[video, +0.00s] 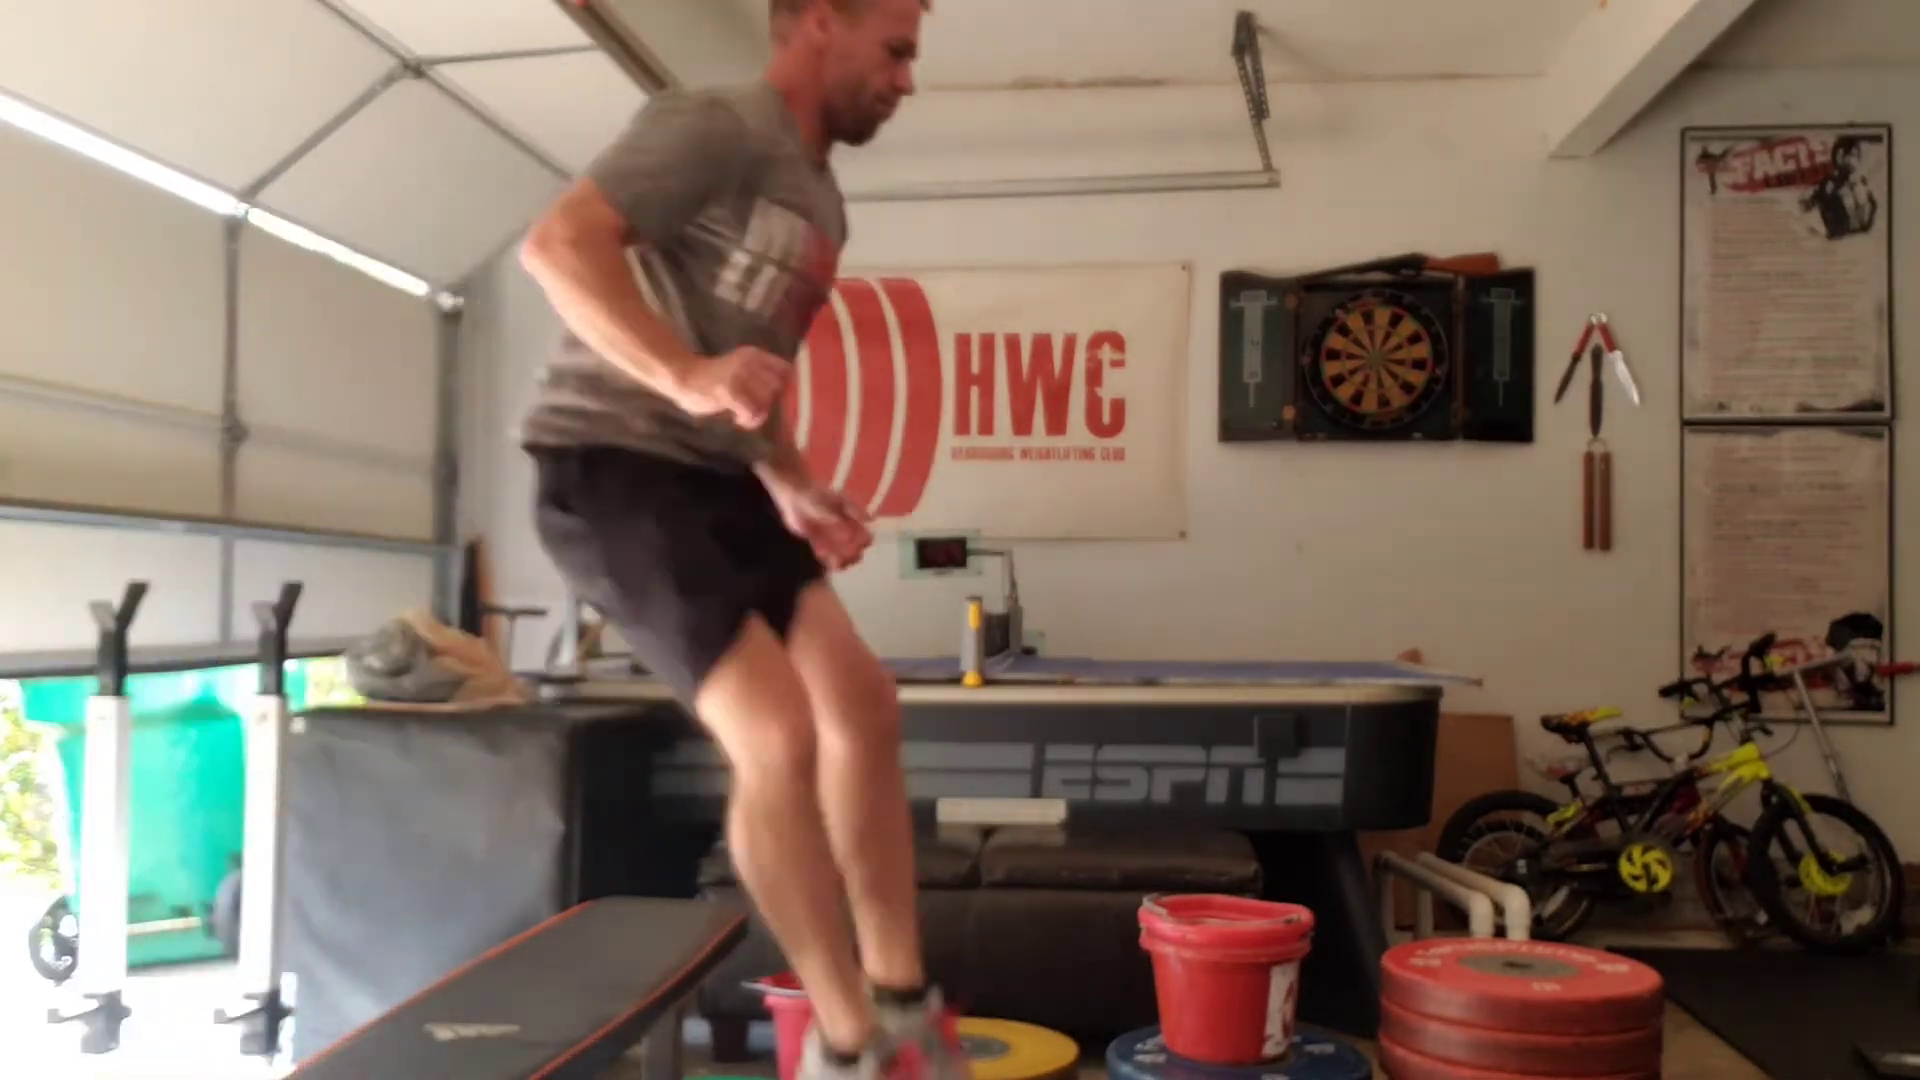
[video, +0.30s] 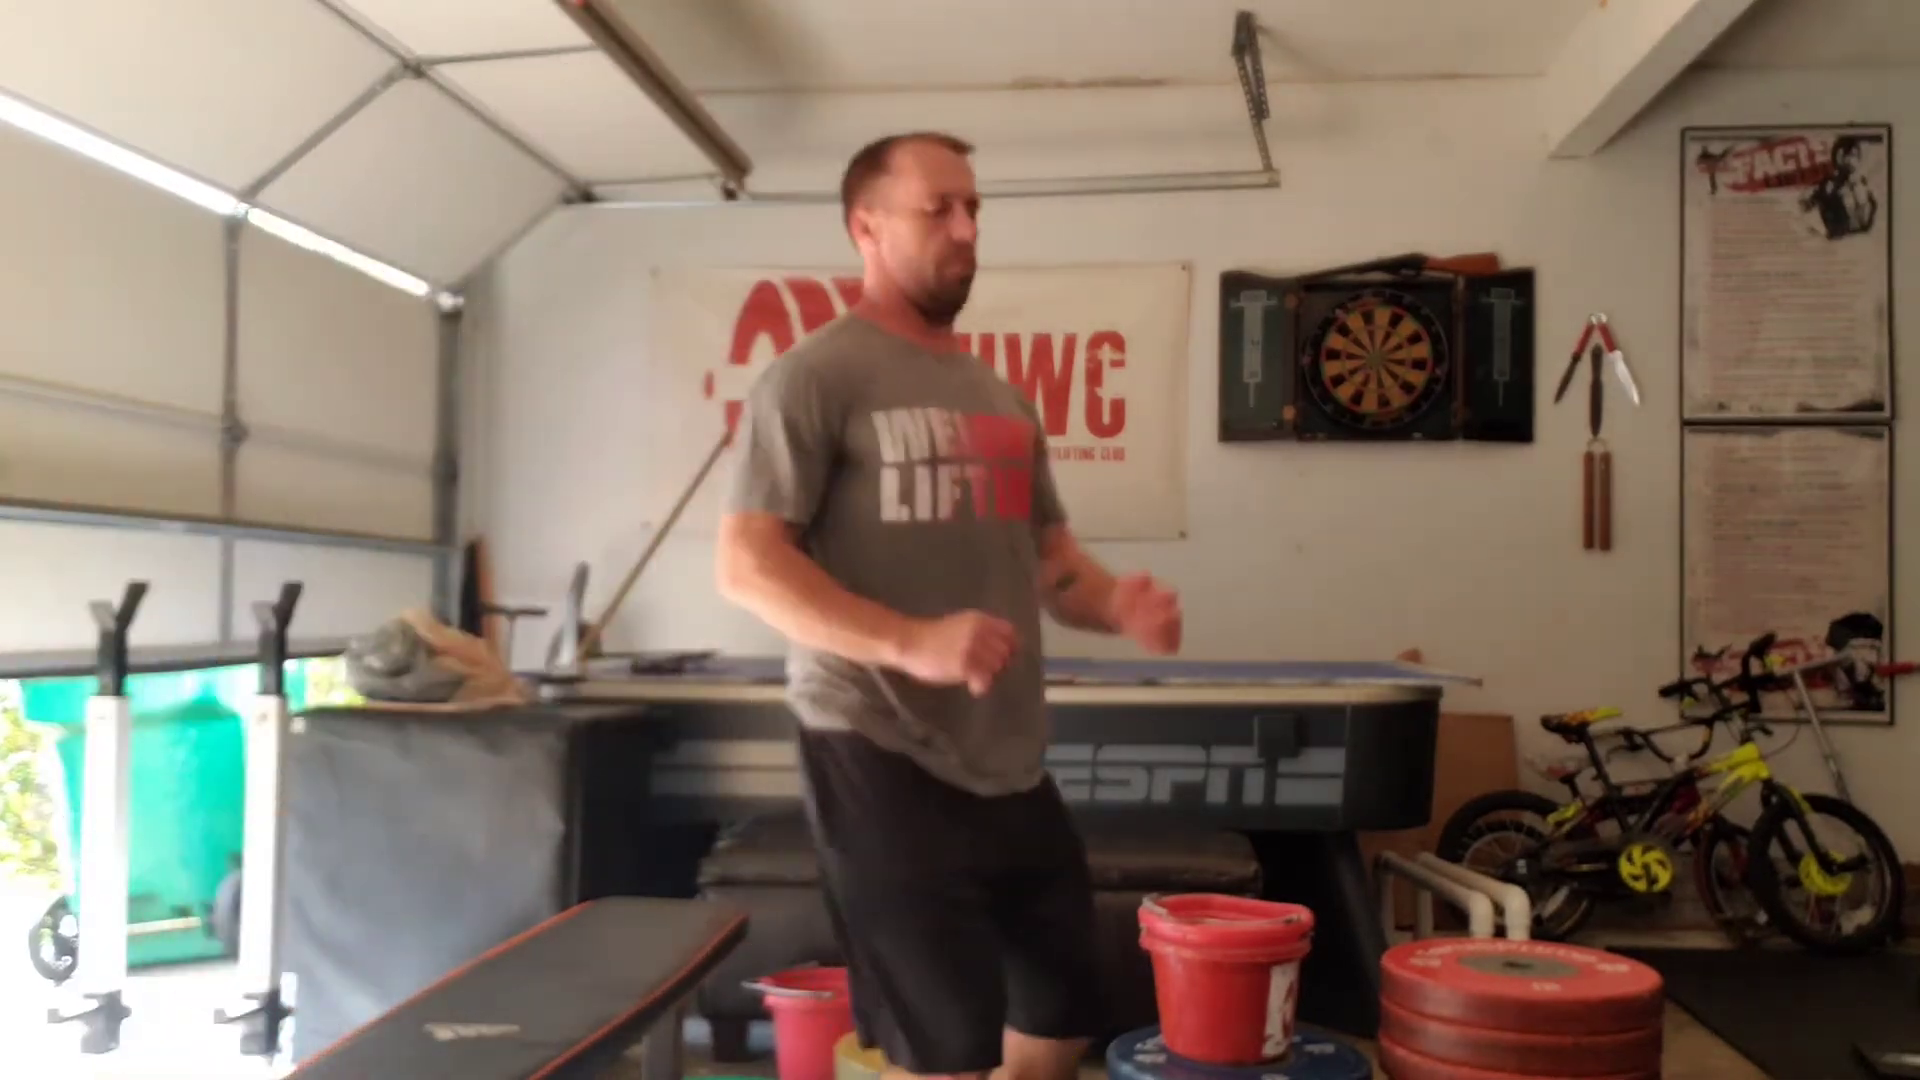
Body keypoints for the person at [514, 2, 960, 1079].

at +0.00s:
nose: (908, 82)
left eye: (912, 57)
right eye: (897, 49)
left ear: (823, 38)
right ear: (813, 27)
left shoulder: (818, 202)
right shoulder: (718, 125)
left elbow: (740, 366)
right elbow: (561, 243)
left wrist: (788, 479)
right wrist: (681, 373)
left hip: (719, 478)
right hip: (614, 467)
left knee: (860, 703)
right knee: (774, 729)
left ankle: (901, 1005)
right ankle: (850, 1042)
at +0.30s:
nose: (966, 229)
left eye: (973, 210)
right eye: (939, 211)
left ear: (981, 223)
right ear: (866, 227)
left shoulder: (1004, 398)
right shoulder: (810, 379)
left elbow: (1055, 562)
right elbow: (747, 560)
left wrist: (1116, 603)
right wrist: (909, 639)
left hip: (1004, 753)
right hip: (875, 754)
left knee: (1063, 1012)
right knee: (945, 1040)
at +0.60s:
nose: (924, 196)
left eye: (947, 172)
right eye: (916, 177)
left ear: (1026, 172)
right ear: (909, 190)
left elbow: (1226, 507)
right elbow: (865, 534)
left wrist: (1130, 571)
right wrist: (866, 581)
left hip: (1085, 751)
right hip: (941, 749)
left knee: (1132, 1040)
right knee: (921, 1020)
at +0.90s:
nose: (920, 219)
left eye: (930, 190)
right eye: (918, 196)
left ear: (1002, 175)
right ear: (1003, 181)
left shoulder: (1064, 321)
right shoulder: (1014, 327)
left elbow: (1068, 524)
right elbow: (1037, 545)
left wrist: (880, 591)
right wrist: (922, 629)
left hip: (1104, 737)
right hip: (1032, 727)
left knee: (1149, 1037)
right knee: (973, 962)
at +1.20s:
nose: (764, 259)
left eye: (776, 229)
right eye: (764, 234)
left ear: (840, 223)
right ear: (844, 226)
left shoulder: (891, 327)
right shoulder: (904, 326)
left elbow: (1019, 415)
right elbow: (1034, 440)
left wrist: (984, 620)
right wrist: (974, 638)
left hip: (1048, 707)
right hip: (1069, 699)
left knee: (931, 984)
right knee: (1008, 994)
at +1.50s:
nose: (671, 334)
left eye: (686, 309)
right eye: (674, 311)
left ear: (745, 316)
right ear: (749, 321)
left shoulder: (773, 430)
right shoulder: (793, 427)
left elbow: (656, 622)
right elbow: (710, 638)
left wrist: (536, 552)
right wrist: (598, 564)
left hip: (946, 769)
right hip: (987, 750)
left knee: (840, 1056)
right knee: (942, 1049)